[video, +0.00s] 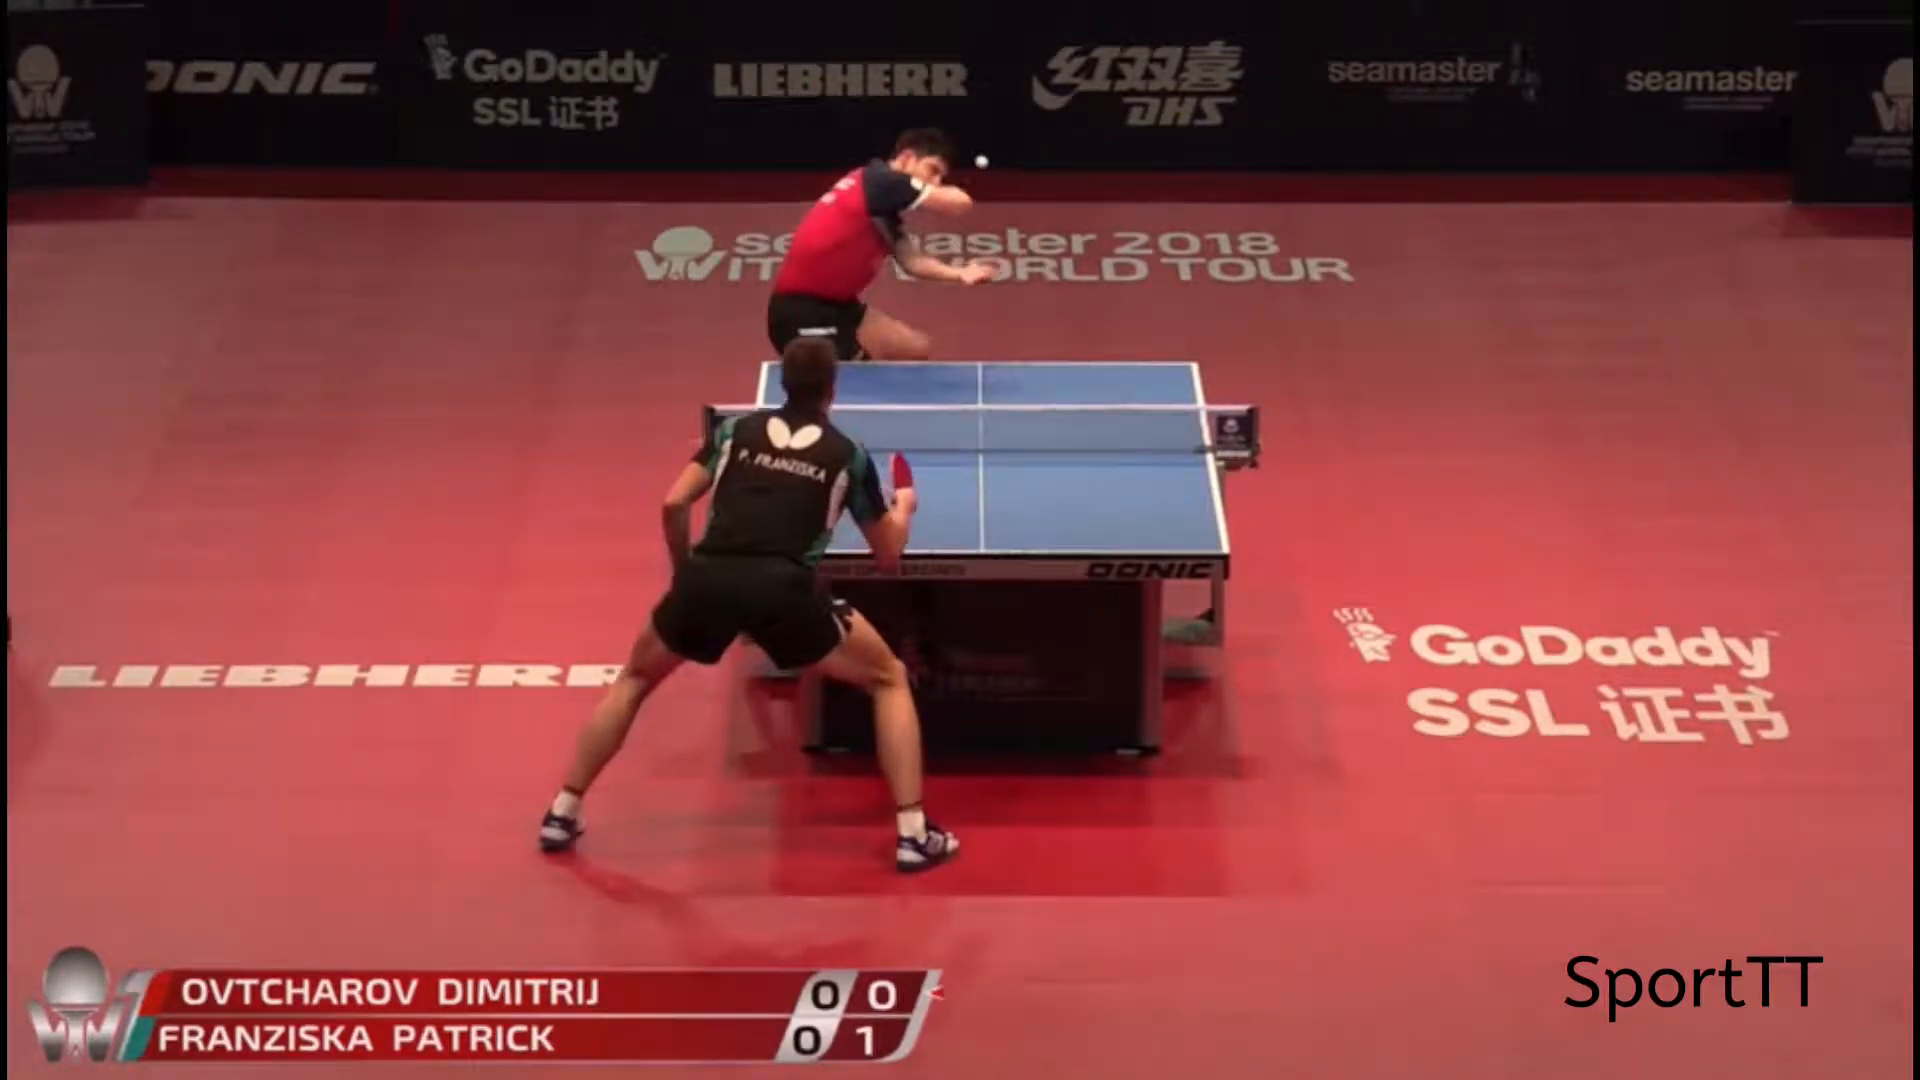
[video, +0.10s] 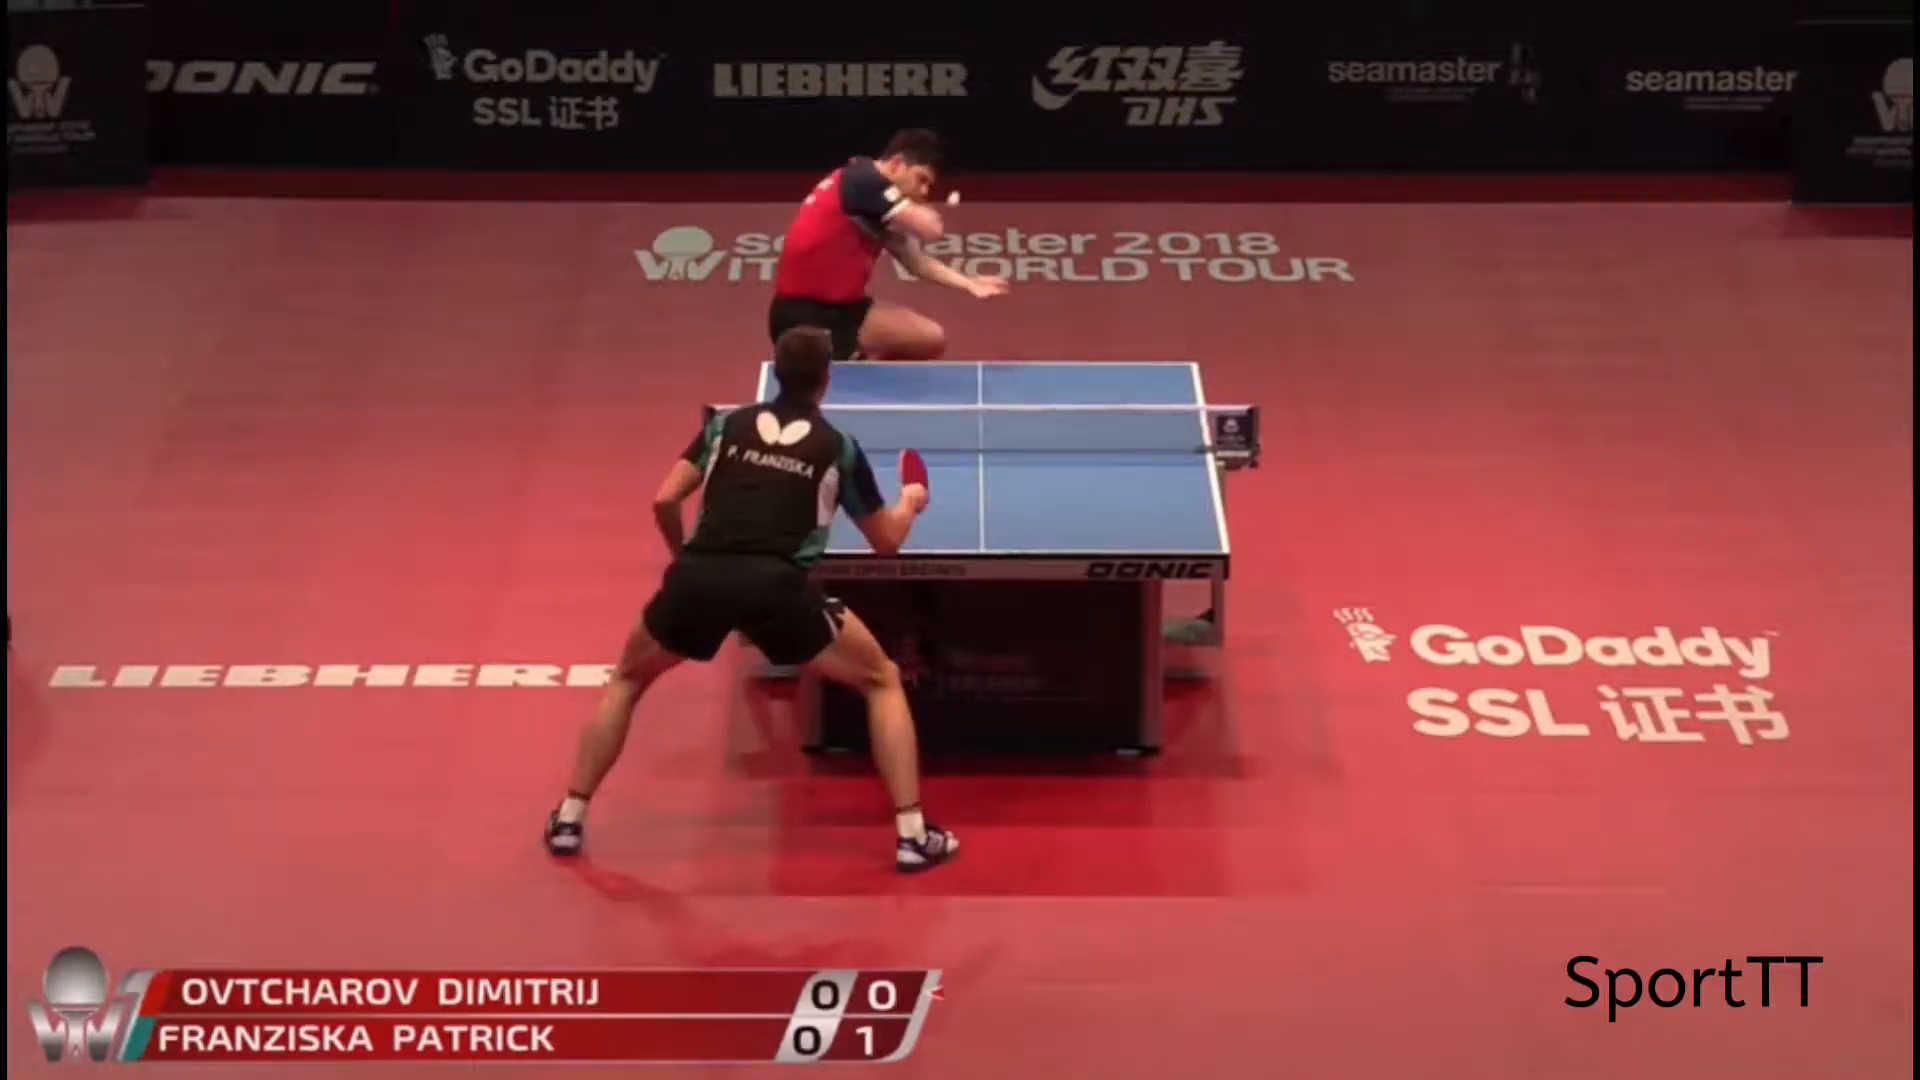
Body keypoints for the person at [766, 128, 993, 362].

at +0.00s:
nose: (934, 184)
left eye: (940, 178)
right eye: (932, 171)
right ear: (906, 158)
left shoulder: (882, 206)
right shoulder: (878, 179)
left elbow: (911, 262)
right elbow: (960, 203)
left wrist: (960, 273)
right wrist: (929, 190)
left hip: (838, 307)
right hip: (801, 313)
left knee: (915, 348)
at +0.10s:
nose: (924, 192)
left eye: (928, 186)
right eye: (921, 180)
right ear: (896, 164)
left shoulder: (875, 199)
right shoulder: (860, 177)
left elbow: (914, 260)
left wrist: (969, 283)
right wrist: (913, 206)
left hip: (845, 307)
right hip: (804, 313)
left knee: (929, 338)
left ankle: (863, 361)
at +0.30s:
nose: (905, 190)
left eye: (912, 184)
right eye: (901, 180)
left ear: (919, 181)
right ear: (879, 162)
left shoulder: (906, 211)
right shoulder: (835, 161)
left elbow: (919, 277)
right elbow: (767, 172)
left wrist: (956, 336)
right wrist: (814, 208)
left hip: (850, 301)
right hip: (801, 292)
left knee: (871, 377)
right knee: (831, 368)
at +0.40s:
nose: (903, 183)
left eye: (911, 177)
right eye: (899, 172)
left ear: (918, 175)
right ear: (878, 155)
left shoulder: (908, 210)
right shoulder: (832, 156)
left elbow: (920, 274)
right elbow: (756, 133)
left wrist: (945, 338)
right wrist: (792, 176)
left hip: (850, 297)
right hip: (802, 284)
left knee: (867, 379)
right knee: (794, 370)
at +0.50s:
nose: (875, 141)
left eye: (885, 133)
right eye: (868, 131)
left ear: (899, 130)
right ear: (853, 122)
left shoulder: (910, 171)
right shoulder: (822, 138)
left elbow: (919, 239)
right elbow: (745, 128)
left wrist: (922, 314)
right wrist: (784, 165)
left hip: (863, 280)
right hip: (809, 270)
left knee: (873, 376)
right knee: (795, 356)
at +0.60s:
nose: (869, 132)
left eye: (879, 124)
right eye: (861, 122)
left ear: (894, 122)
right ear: (849, 116)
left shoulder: (909, 164)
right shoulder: (816, 137)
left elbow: (919, 224)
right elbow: (742, 137)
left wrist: (923, 289)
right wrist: (779, 168)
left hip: (868, 276)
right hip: (812, 267)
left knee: (885, 376)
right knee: (790, 358)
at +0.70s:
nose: (861, 143)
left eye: (871, 134)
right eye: (853, 134)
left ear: (885, 133)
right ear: (841, 132)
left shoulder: (907, 177)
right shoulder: (812, 166)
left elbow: (918, 229)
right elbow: (760, 196)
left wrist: (926, 280)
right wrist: (778, 218)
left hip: (875, 294)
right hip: (813, 292)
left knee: (930, 368)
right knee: (780, 376)